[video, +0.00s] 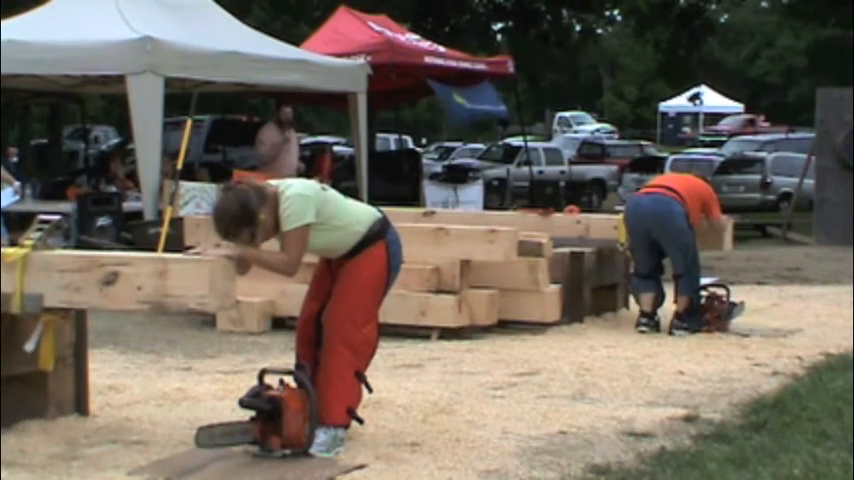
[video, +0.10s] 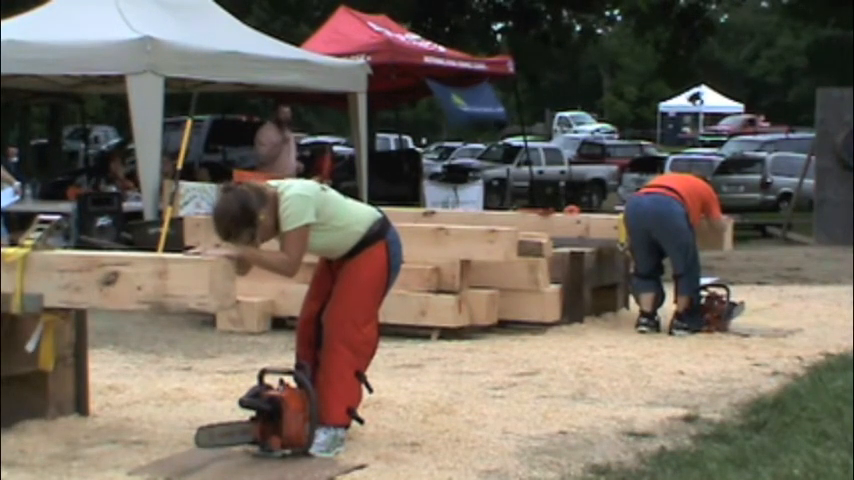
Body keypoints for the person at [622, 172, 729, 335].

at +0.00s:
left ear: (688, 175)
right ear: (707, 183)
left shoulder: (670, 178)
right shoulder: (705, 189)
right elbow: (716, 222)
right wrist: (725, 222)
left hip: (635, 205)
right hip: (668, 207)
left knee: (645, 270)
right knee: (686, 268)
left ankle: (646, 316)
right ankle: (682, 318)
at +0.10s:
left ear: (688, 175)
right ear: (706, 183)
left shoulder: (670, 178)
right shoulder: (705, 188)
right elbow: (717, 222)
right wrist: (725, 222)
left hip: (635, 205)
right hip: (669, 207)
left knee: (645, 270)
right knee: (686, 269)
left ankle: (646, 316)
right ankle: (682, 318)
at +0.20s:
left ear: (688, 175)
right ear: (706, 183)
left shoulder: (670, 178)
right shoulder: (705, 188)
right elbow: (717, 222)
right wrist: (725, 222)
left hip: (635, 205)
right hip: (668, 207)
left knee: (645, 270)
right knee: (686, 269)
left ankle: (646, 316)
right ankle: (682, 318)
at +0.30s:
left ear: (688, 175)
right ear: (706, 183)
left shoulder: (670, 178)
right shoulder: (705, 188)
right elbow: (716, 222)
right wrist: (725, 222)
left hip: (636, 205)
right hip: (669, 207)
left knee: (645, 270)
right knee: (686, 269)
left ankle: (646, 316)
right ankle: (682, 318)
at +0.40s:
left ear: (688, 175)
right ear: (706, 183)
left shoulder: (670, 178)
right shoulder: (705, 189)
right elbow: (717, 222)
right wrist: (725, 222)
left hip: (636, 204)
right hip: (669, 206)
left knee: (645, 270)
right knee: (687, 269)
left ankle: (646, 316)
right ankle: (682, 318)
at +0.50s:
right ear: (707, 184)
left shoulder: (670, 178)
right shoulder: (706, 189)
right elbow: (717, 222)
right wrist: (725, 222)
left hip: (636, 204)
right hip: (669, 206)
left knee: (645, 269)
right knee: (687, 268)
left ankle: (646, 316)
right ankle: (682, 318)